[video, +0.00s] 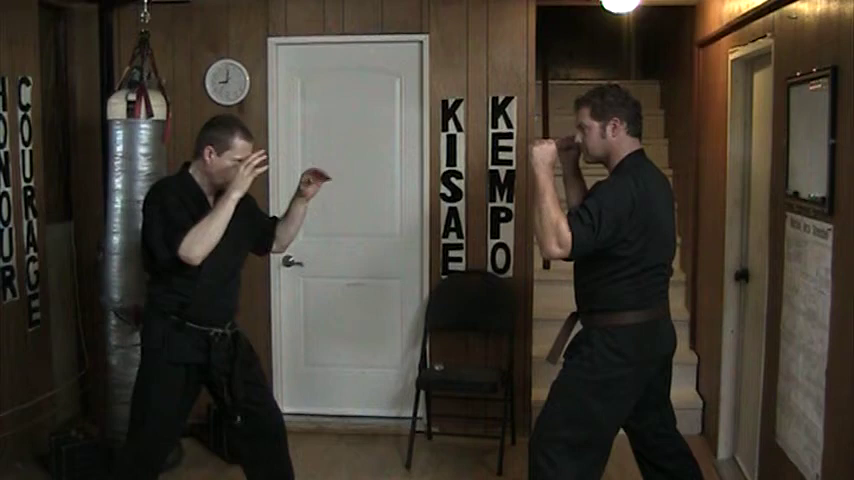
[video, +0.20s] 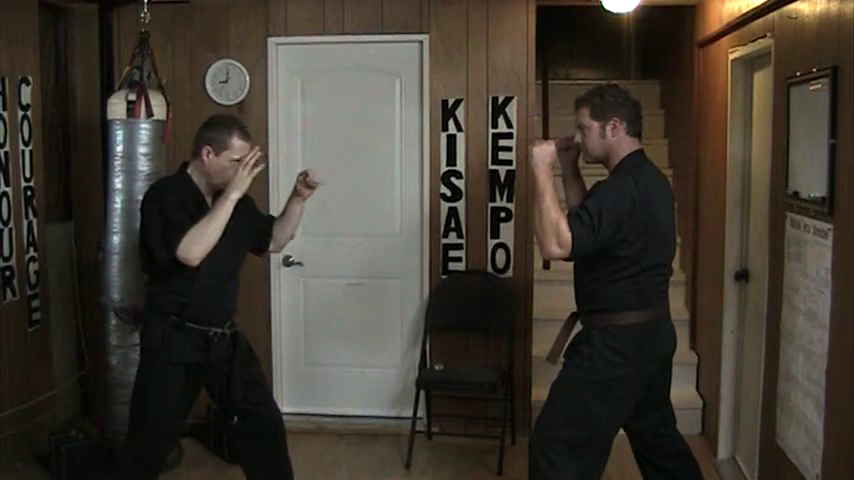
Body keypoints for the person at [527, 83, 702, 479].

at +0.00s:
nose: (580, 139)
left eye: (583, 129)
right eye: (578, 130)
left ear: (613, 128)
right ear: (619, 128)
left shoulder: (621, 186)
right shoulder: (654, 181)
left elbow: (558, 244)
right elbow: (587, 231)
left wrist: (542, 171)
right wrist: (572, 170)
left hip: (613, 342)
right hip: (652, 337)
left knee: (554, 452)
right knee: (660, 446)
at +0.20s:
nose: (579, 138)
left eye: (583, 129)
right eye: (578, 130)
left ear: (613, 127)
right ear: (619, 128)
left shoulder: (621, 186)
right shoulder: (654, 181)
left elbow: (558, 244)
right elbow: (588, 230)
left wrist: (542, 171)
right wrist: (571, 170)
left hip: (613, 342)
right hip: (652, 337)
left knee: (554, 452)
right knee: (660, 446)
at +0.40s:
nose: (579, 138)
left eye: (583, 129)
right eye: (578, 130)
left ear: (612, 127)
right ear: (619, 128)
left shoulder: (622, 186)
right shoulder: (654, 181)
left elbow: (558, 245)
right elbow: (588, 230)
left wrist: (542, 171)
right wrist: (571, 170)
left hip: (613, 342)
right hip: (652, 336)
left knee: (554, 451)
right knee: (660, 446)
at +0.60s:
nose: (579, 139)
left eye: (583, 129)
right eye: (578, 130)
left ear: (613, 127)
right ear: (619, 128)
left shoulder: (622, 186)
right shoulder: (653, 181)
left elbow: (559, 245)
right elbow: (587, 229)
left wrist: (542, 172)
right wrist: (571, 170)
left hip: (613, 342)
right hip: (651, 336)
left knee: (554, 451)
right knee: (660, 446)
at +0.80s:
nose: (579, 138)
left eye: (583, 129)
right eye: (578, 130)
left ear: (613, 128)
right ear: (619, 128)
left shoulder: (622, 186)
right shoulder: (653, 182)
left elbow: (559, 245)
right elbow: (587, 230)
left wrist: (542, 172)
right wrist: (571, 170)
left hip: (613, 342)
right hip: (651, 336)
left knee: (554, 452)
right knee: (660, 446)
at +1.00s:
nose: (580, 139)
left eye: (583, 130)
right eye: (578, 131)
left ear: (613, 128)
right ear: (618, 128)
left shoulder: (622, 186)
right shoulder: (653, 181)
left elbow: (559, 246)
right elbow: (587, 231)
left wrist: (542, 173)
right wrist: (571, 171)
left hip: (613, 342)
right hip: (651, 337)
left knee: (554, 451)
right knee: (660, 446)